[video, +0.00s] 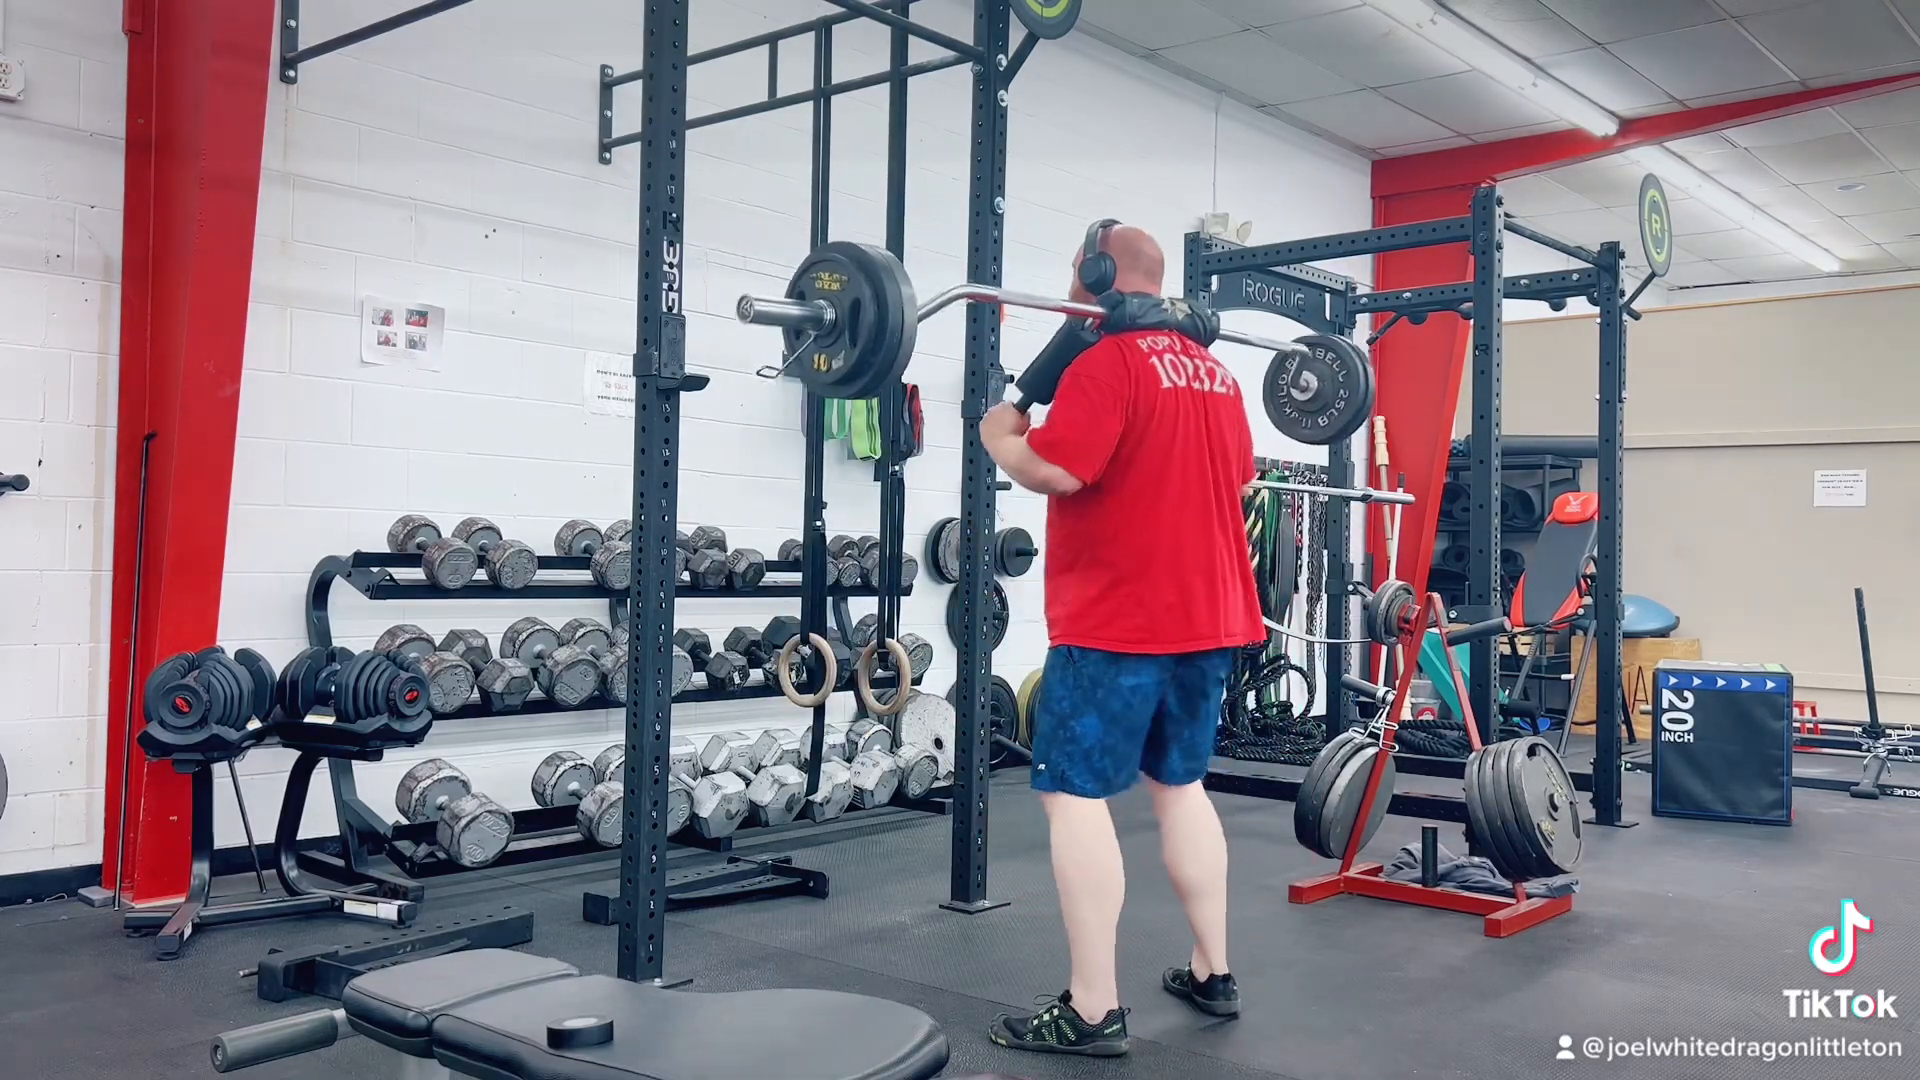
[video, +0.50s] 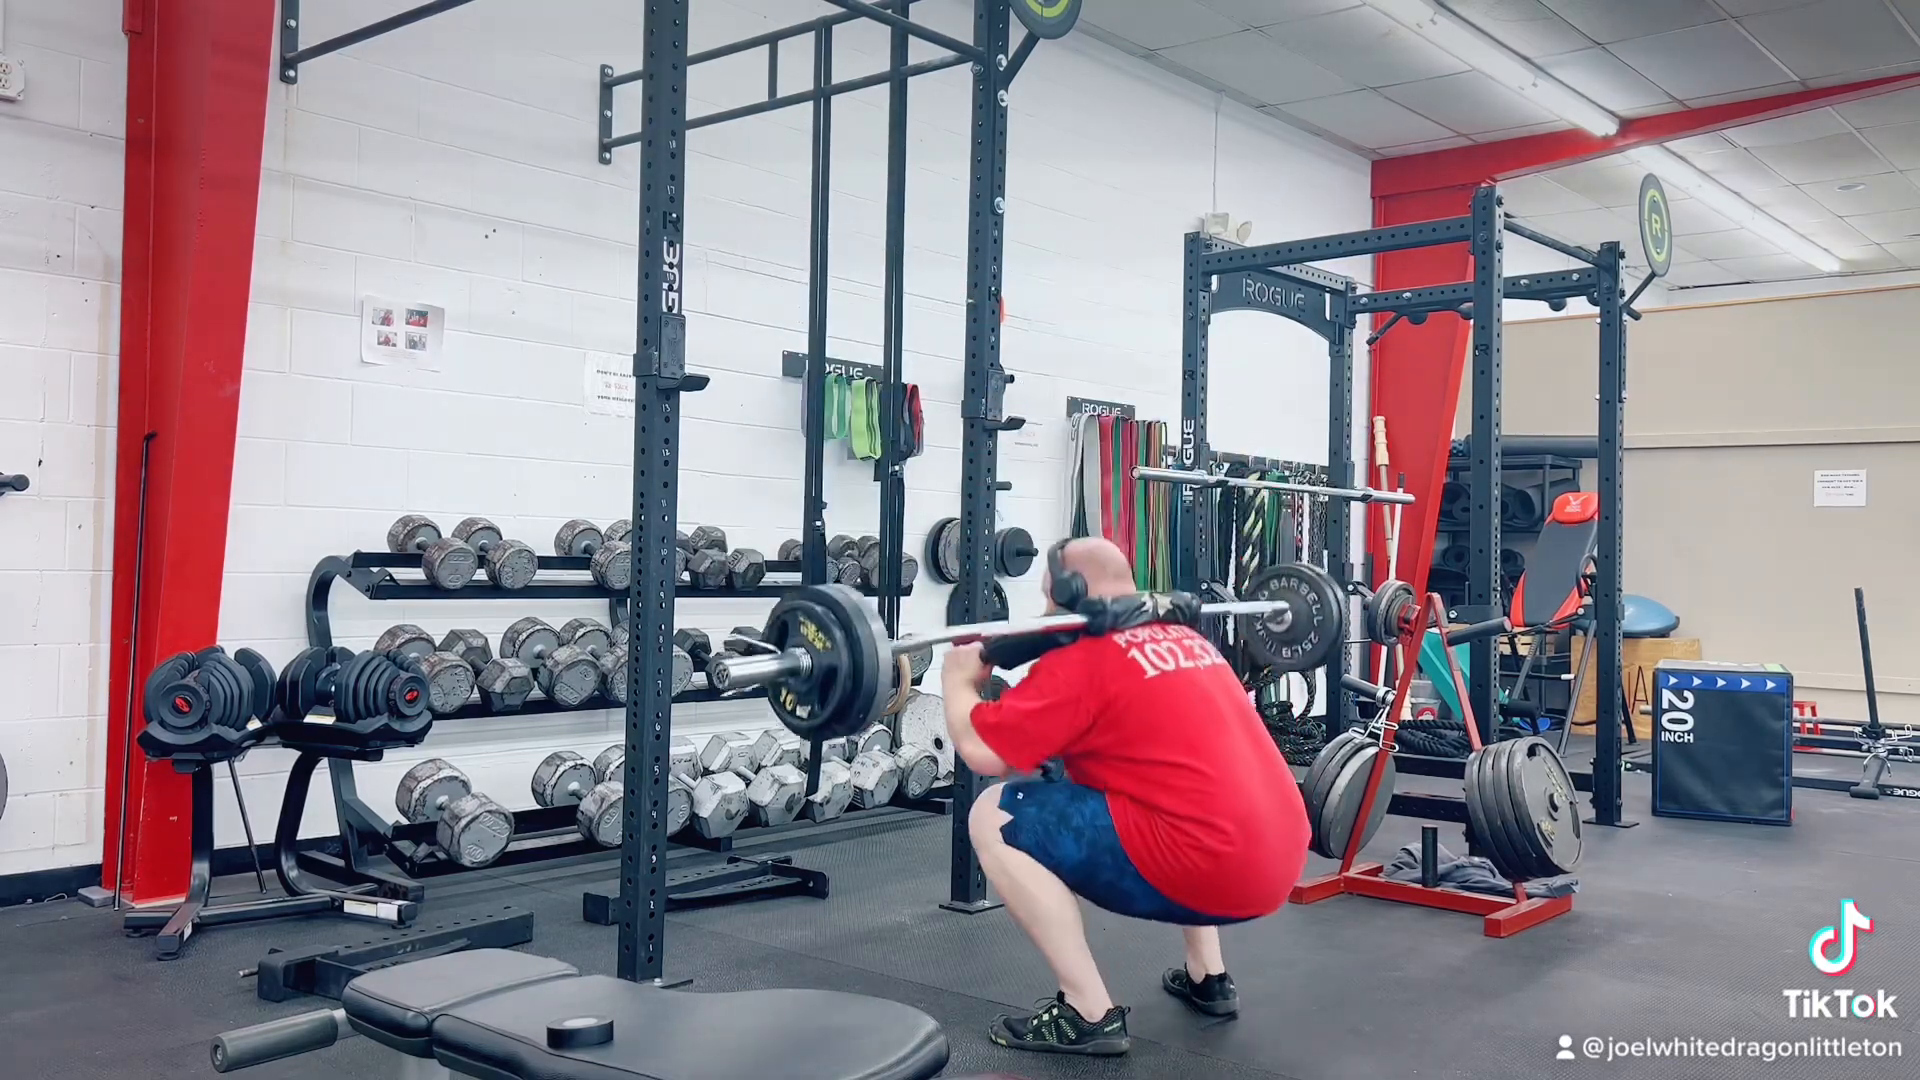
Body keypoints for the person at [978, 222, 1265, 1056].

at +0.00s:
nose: (1072, 298)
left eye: (1074, 286)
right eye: (1074, 285)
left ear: (1091, 287)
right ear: (1158, 285)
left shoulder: (1108, 358)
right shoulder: (1214, 369)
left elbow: (1060, 469)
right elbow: (1238, 480)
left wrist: (1003, 436)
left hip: (1119, 619)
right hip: (1212, 614)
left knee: (1072, 787)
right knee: (1179, 780)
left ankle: (1093, 1006)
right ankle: (1214, 973)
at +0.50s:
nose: (1048, 607)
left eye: (1049, 596)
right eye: (1048, 597)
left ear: (1063, 599)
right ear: (1127, 585)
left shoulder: (1085, 661)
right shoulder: (1184, 636)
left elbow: (981, 751)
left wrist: (957, 682)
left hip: (1201, 875)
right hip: (1276, 865)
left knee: (993, 816)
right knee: (1160, 787)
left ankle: (1089, 1010)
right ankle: (1208, 974)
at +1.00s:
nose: (1063, 367)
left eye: (1066, 354)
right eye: (1065, 353)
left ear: (1081, 356)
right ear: (1149, 351)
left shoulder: (1100, 419)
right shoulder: (1211, 422)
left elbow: (1021, 518)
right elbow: (1239, 529)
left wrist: (982, 471)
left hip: (1142, 647)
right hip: (1237, 648)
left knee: (1029, 792)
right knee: (1171, 787)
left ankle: (1090, 1005)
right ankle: (1210, 973)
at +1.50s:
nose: (1089, 288)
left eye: (1093, 277)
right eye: (1093, 275)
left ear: (1111, 282)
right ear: (1179, 280)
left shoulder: (1125, 350)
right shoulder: (1233, 359)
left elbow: (1081, 455)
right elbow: (1267, 463)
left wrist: (1024, 432)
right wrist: (1187, 469)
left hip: (1126, 608)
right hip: (1218, 605)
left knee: (1118, 797)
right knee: (1211, 784)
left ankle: (1095, 1009)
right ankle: (1216, 975)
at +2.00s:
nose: (1067, 509)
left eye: (1069, 499)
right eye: (1073, 499)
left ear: (1080, 504)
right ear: (1153, 500)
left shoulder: (1097, 572)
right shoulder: (1201, 557)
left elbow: (992, 659)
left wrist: (972, 592)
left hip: (1186, 785)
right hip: (1277, 783)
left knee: (999, 810)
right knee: (1158, 797)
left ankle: (1089, 1010)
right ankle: (1210, 973)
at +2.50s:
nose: (1064, 477)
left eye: (1064, 468)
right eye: (1066, 468)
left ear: (1079, 470)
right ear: (1149, 462)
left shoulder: (1108, 530)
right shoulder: (1212, 517)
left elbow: (1013, 626)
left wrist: (980, 570)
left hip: (1194, 732)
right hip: (1291, 731)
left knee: (1024, 800)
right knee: (1194, 806)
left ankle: (1089, 1008)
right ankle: (1214, 974)